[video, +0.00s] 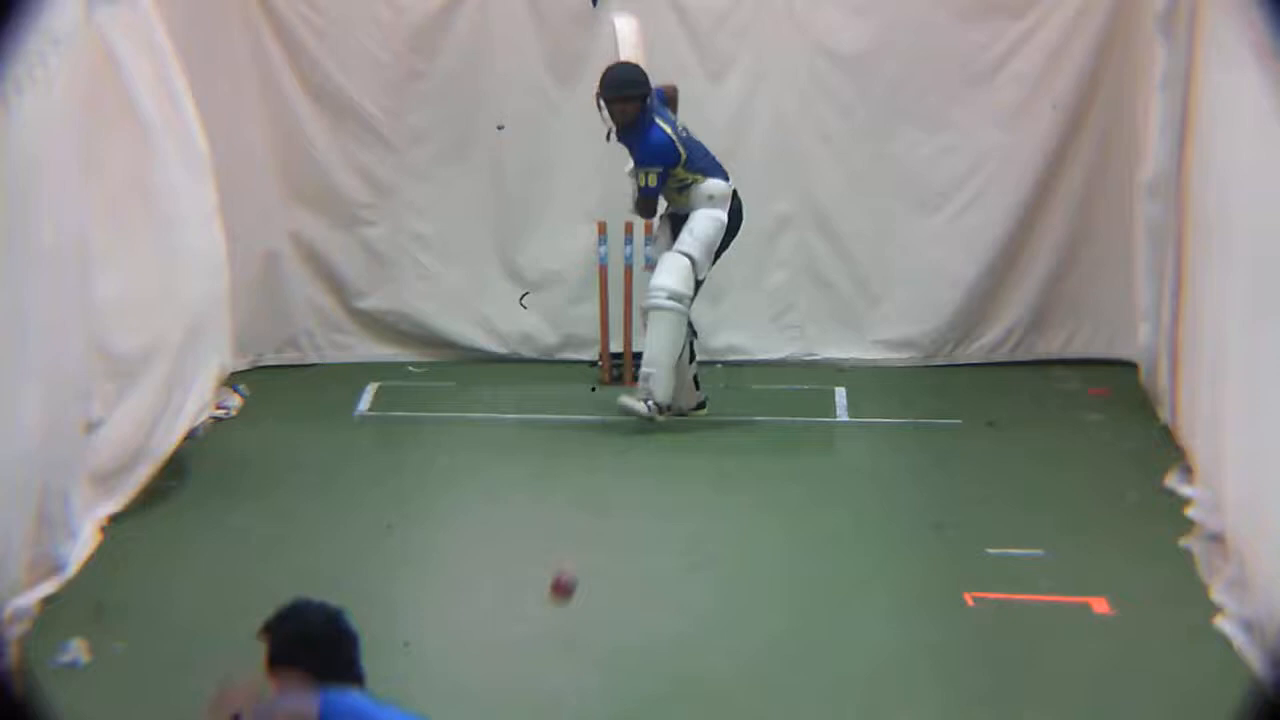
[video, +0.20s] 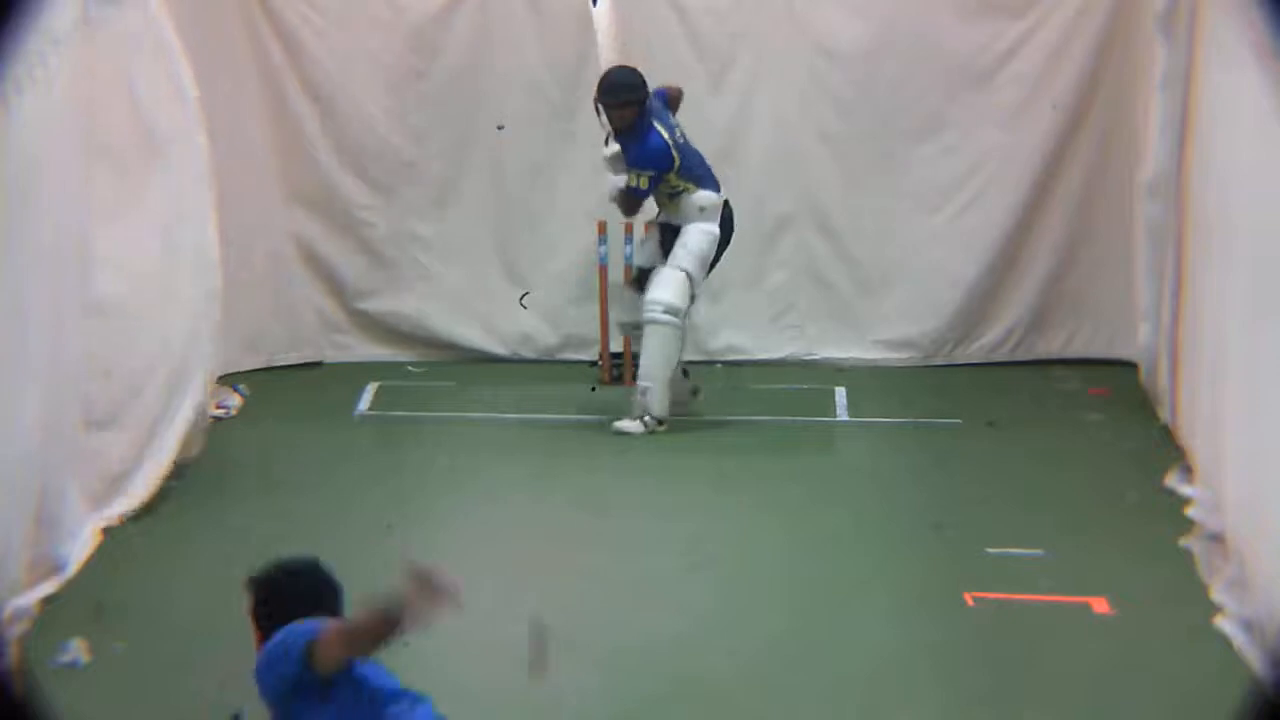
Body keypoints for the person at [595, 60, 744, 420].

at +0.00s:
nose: (619, 110)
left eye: (626, 102)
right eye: (613, 103)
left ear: (641, 101)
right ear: (605, 102)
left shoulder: (652, 142)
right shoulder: (647, 105)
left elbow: (646, 210)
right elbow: (670, 91)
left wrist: (640, 187)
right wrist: (670, 134)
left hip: (715, 208)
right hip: (682, 209)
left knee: (670, 287)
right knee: (667, 298)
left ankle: (653, 395)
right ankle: (684, 395)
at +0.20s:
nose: (614, 116)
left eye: (621, 109)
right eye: (610, 108)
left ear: (636, 106)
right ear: (604, 105)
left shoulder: (649, 147)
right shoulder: (650, 103)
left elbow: (629, 205)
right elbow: (673, 93)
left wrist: (621, 180)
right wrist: (662, 130)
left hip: (705, 220)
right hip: (671, 219)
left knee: (665, 301)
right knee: (632, 299)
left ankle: (651, 412)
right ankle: (677, 389)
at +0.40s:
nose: (641, 108)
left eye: (649, 99)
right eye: (634, 100)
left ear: (665, 95)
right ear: (626, 100)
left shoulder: (678, 129)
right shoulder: (644, 133)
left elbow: (630, 154)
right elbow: (628, 173)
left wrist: (575, 155)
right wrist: (588, 152)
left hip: (689, 231)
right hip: (654, 230)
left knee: (635, 295)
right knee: (606, 307)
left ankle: (650, 412)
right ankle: (649, 392)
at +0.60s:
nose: (637, 104)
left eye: (642, 96)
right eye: (635, 97)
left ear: (666, 91)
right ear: (643, 95)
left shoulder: (701, 116)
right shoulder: (643, 137)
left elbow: (662, 127)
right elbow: (623, 191)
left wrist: (616, 148)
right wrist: (595, 189)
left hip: (697, 233)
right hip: (659, 231)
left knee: (634, 295)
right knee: (606, 294)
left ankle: (646, 407)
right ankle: (647, 385)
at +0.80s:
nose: (660, 111)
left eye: (664, 102)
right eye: (654, 104)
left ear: (680, 104)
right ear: (647, 109)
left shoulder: (707, 132)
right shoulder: (651, 148)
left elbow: (709, 87)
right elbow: (644, 184)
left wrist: (661, 91)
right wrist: (647, 136)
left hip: (721, 236)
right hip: (676, 243)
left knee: (690, 285)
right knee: (619, 328)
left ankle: (708, 403)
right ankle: (653, 399)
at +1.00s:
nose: (667, 126)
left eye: (672, 116)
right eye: (663, 118)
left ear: (694, 113)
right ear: (661, 120)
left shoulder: (733, 131)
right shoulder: (672, 154)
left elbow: (795, 143)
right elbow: (674, 201)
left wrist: (740, 146)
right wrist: (700, 167)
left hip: (752, 238)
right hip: (711, 245)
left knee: (730, 317)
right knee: (673, 323)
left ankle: (793, 411)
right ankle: (654, 402)